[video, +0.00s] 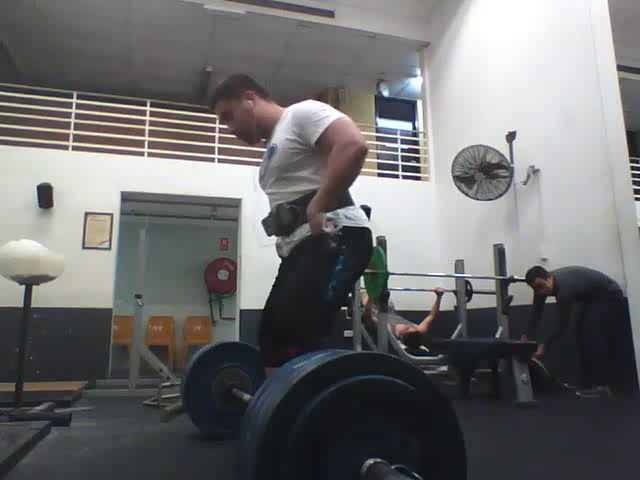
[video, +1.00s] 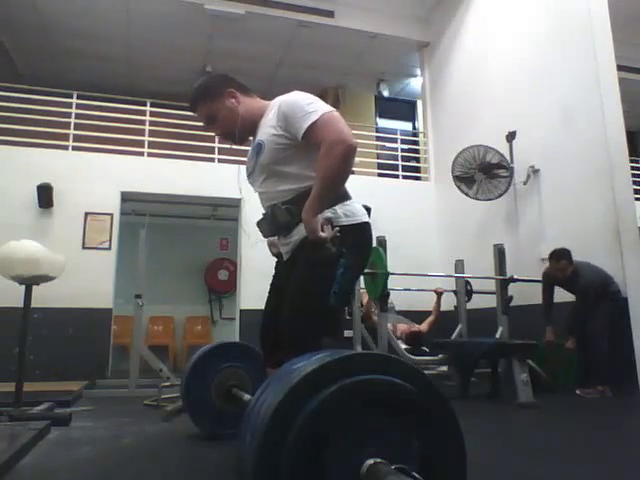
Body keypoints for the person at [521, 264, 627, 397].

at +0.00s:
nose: (539, 293)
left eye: (540, 287)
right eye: (536, 289)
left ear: (547, 278)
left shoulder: (565, 289)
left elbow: (563, 325)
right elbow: (537, 313)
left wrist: (545, 346)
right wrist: (527, 335)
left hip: (610, 298)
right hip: (592, 300)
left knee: (595, 338)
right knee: (583, 337)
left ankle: (601, 386)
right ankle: (588, 384)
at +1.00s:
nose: (559, 274)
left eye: (563, 270)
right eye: (556, 270)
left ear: (571, 266)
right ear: (550, 266)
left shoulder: (586, 279)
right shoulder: (550, 275)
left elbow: (583, 311)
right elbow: (547, 302)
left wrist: (574, 336)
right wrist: (549, 328)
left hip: (611, 302)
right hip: (591, 303)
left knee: (599, 340)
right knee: (587, 341)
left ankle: (602, 385)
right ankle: (591, 383)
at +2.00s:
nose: (548, 242)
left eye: (546, 238)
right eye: (545, 239)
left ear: (551, 234)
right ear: (558, 227)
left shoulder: (568, 252)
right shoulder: (577, 234)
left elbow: (573, 286)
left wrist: (572, 311)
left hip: (601, 293)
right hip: (614, 288)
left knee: (597, 337)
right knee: (611, 337)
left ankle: (600, 384)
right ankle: (612, 382)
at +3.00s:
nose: (548, 238)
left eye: (547, 235)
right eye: (546, 235)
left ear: (552, 230)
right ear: (559, 224)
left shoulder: (567, 246)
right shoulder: (578, 232)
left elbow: (566, 278)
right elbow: (562, 235)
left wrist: (558, 297)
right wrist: (554, 248)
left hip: (594, 294)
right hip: (608, 289)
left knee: (591, 336)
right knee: (603, 336)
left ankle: (595, 383)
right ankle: (608, 382)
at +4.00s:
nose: (545, 230)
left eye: (547, 225)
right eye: (543, 226)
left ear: (558, 223)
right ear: (559, 224)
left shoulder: (566, 243)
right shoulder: (570, 234)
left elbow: (566, 277)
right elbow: (553, 238)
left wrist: (548, 294)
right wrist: (535, 246)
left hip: (592, 292)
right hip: (598, 289)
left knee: (591, 337)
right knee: (596, 336)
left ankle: (595, 383)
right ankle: (604, 382)